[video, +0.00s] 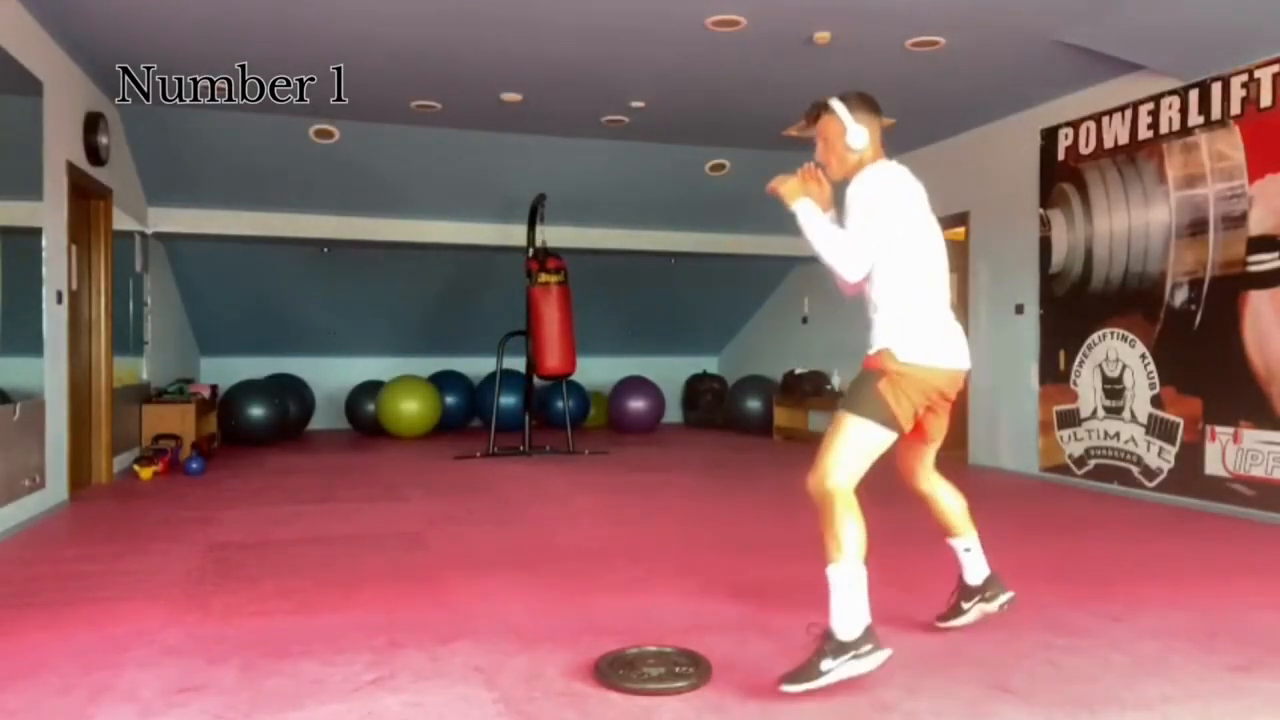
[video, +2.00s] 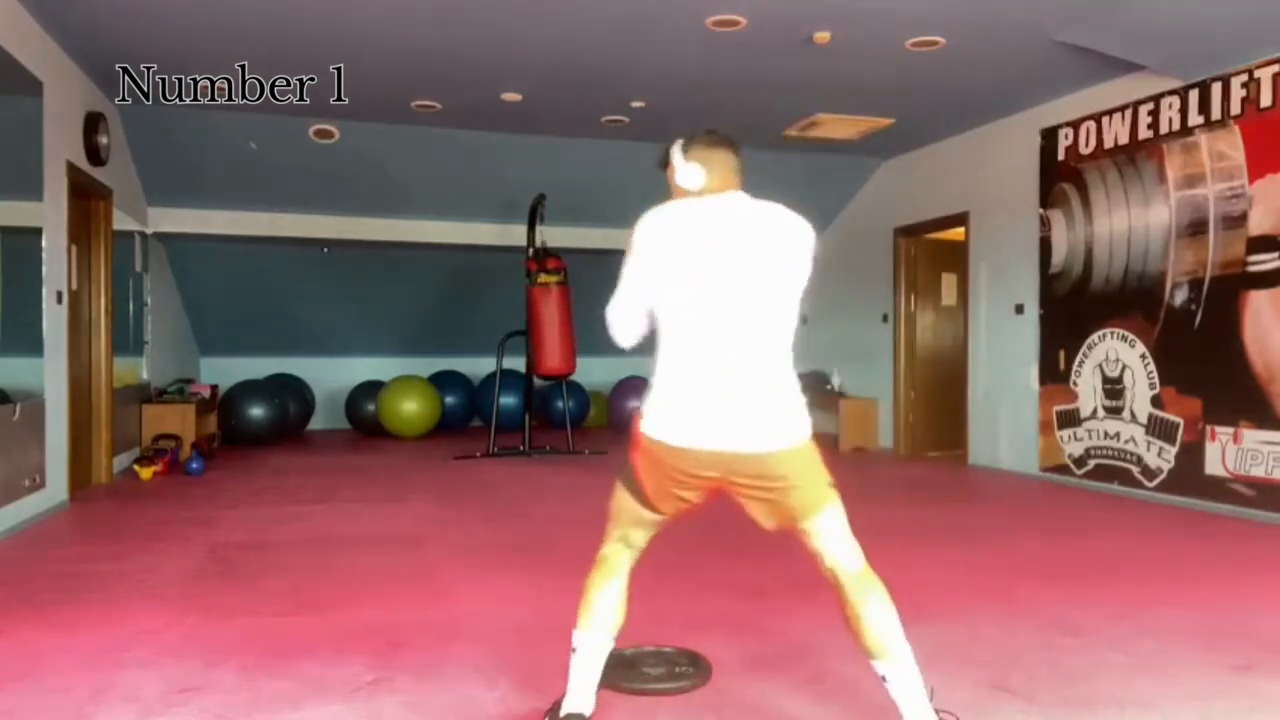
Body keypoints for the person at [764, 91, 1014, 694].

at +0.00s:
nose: (818, 153)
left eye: (823, 140)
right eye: (817, 142)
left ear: (854, 135)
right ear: (869, 137)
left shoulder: (869, 186)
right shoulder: (905, 183)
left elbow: (851, 267)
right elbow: (869, 269)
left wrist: (804, 207)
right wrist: (829, 205)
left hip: (907, 358)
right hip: (947, 360)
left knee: (830, 480)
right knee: (919, 467)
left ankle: (852, 636)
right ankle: (981, 582)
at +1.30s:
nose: (797, 199)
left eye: (805, 185)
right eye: (792, 188)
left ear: (839, 178)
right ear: (799, 191)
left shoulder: (877, 232)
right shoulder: (830, 244)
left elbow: (872, 322)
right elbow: (802, 314)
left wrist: (805, 262)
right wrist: (777, 258)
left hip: (908, 395)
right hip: (887, 393)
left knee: (831, 514)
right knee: (874, 518)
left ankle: (852, 676)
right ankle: (955, 613)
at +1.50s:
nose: (756, 195)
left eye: (766, 180)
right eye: (752, 184)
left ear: (799, 178)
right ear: (757, 189)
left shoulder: (859, 238)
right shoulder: (787, 249)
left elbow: (849, 337)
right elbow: (732, 309)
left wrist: (782, 262)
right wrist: (713, 254)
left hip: (882, 412)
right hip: (847, 411)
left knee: (781, 526)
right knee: (867, 525)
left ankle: (778, 696)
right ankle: (947, 611)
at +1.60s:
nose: (720, 176)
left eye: (724, 163)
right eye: (719, 165)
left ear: (755, 158)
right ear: (772, 158)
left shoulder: (796, 215)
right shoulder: (822, 203)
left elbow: (766, 306)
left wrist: (720, 235)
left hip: (840, 405)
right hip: (882, 404)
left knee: (742, 524)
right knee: (854, 517)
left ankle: (771, 693)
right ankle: (941, 633)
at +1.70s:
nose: (719, 171)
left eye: (720, 156)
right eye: (715, 159)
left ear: (746, 145)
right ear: (781, 144)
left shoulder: (765, 198)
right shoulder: (843, 191)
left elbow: (728, 291)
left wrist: (698, 226)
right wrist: (746, 212)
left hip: (810, 392)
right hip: (881, 397)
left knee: (706, 505)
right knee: (855, 521)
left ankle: (735, 675)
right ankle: (923, 649)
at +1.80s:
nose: (721, 176)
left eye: (724, 163)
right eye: (720, 163)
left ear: (749, 159)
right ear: (786, 158)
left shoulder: (740, 212)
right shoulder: (852, 209)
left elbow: (687, 302)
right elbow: (839, 289)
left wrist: (681, 242)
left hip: (771, 408)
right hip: (858, 413)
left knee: (681, 539)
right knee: (882, 559)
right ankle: (926, 704)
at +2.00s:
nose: (672, 184)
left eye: (673, 173)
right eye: (673, 173)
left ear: (687, 171)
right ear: (736, 175)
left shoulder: (660, 225)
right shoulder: (794, 229)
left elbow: (625, 329)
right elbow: (782, 314)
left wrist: (674, 269)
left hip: (676, 432)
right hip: (774, 436)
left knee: (618, 552)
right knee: (850, 568)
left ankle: (576, 706)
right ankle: (918, 709)